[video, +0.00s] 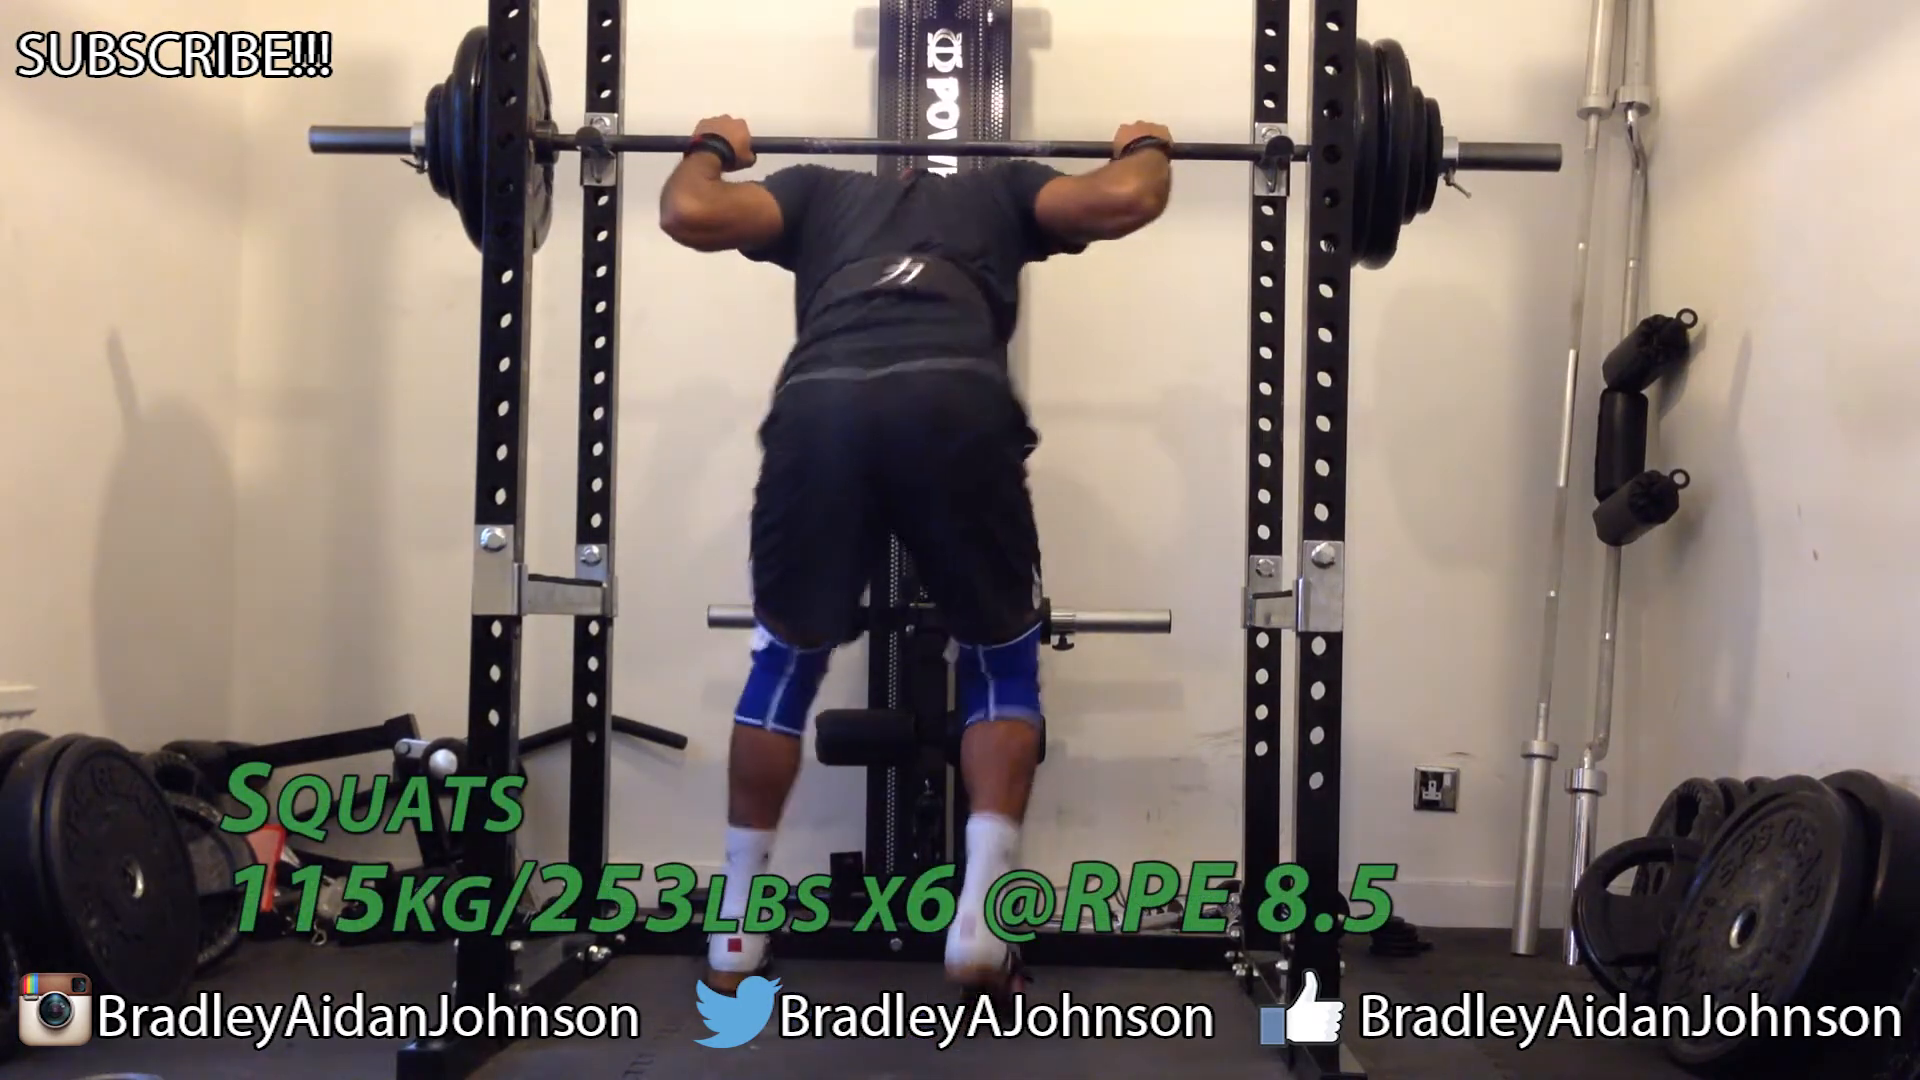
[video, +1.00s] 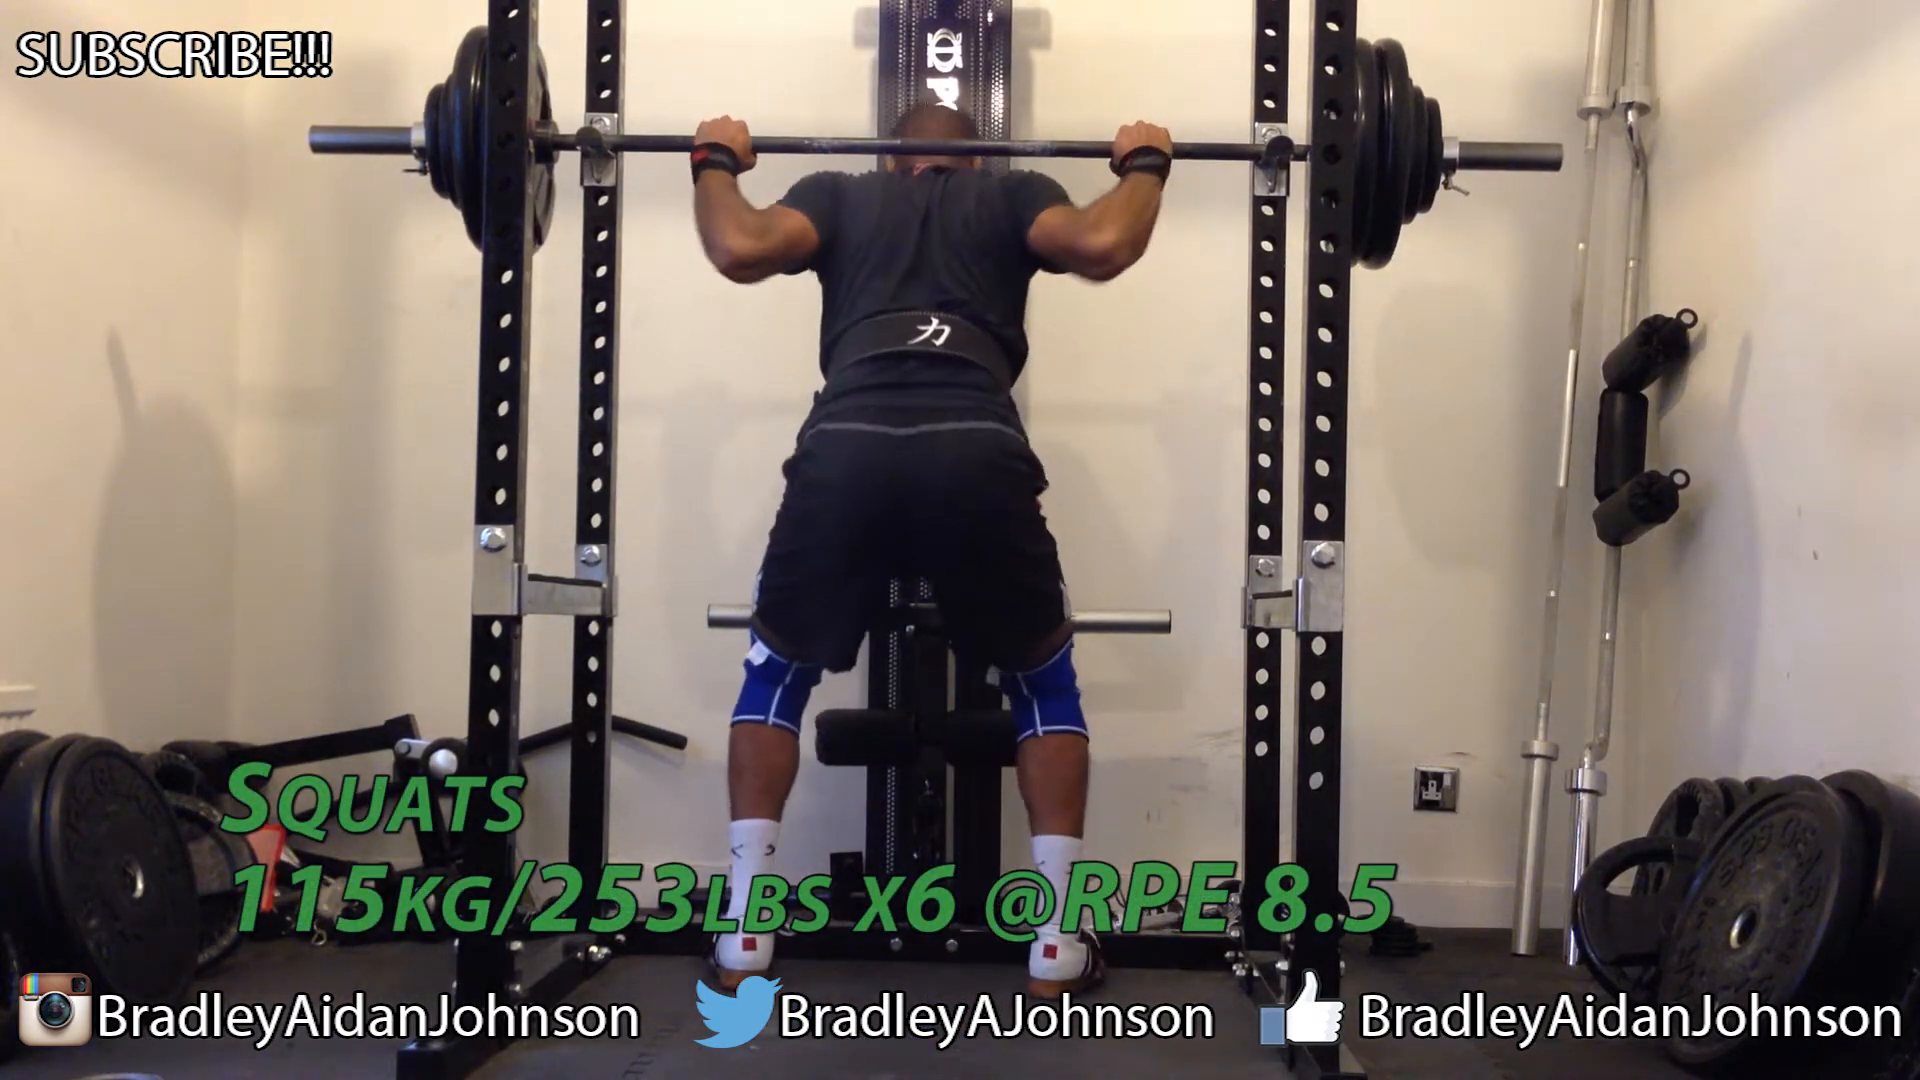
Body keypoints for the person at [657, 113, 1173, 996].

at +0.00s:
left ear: (883, 151)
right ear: (975, 151)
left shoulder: (821, 189)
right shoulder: (1006, 188)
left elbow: (687, 214)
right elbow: (1128, 198)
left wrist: (710, 146)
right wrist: (1149, 144)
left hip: (819, 414)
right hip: (956, 410)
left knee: (783, 660)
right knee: (1003, 662)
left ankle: (737, 923)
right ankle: (978, 920)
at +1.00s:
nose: (938, 163)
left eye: (919, 150)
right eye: (957, 152)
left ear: (888, 157)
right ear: (977, 158)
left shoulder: (839, 193)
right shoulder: (1010, 191)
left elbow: (738, 247)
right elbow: (1102, 246)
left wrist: (712, 163)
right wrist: (1147, 163)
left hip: (844, 454)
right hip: (976, 455)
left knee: (775, 673)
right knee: (1043, 684)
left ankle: (745, 915)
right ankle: (1057, 930)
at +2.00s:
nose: (907, 39)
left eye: (894, 30)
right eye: (959, 33)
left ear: (881, 56)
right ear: (973, 52)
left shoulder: (833, 151)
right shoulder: (1009, 151)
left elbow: (801, 286)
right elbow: (1041, 278)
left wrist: (726, 188)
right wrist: (1136, 192)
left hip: (840, 408)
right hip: (962, 408)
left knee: (791, 667)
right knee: (1029, 672)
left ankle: (749, 914)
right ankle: (1058, 922)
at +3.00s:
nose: (918, 76)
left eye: (895, 62)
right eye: (954, 66)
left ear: (879, 79)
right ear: (971, 81)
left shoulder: (833, 165)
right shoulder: (1008, 163)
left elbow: (785, 269)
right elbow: (1046, 266)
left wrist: (721, 183)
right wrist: (1136, 191)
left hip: (841, 411)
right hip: (970, 412)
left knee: (781, 666)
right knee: (1033, 675)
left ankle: (745, 920)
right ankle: (1059, 929)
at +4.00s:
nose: (939, 127)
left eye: (917, 119)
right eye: (951, 118)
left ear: (878, 126)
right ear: (965, 126)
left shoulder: (835, 161)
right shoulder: (999, 162)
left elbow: (781, 259)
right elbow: (1048, 248)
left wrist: (720, 174)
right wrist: (1137, 183)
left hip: (847, 412)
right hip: (973, 409)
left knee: (776, 658)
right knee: (1032, 668)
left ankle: (744, 916)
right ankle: (1062, 926)